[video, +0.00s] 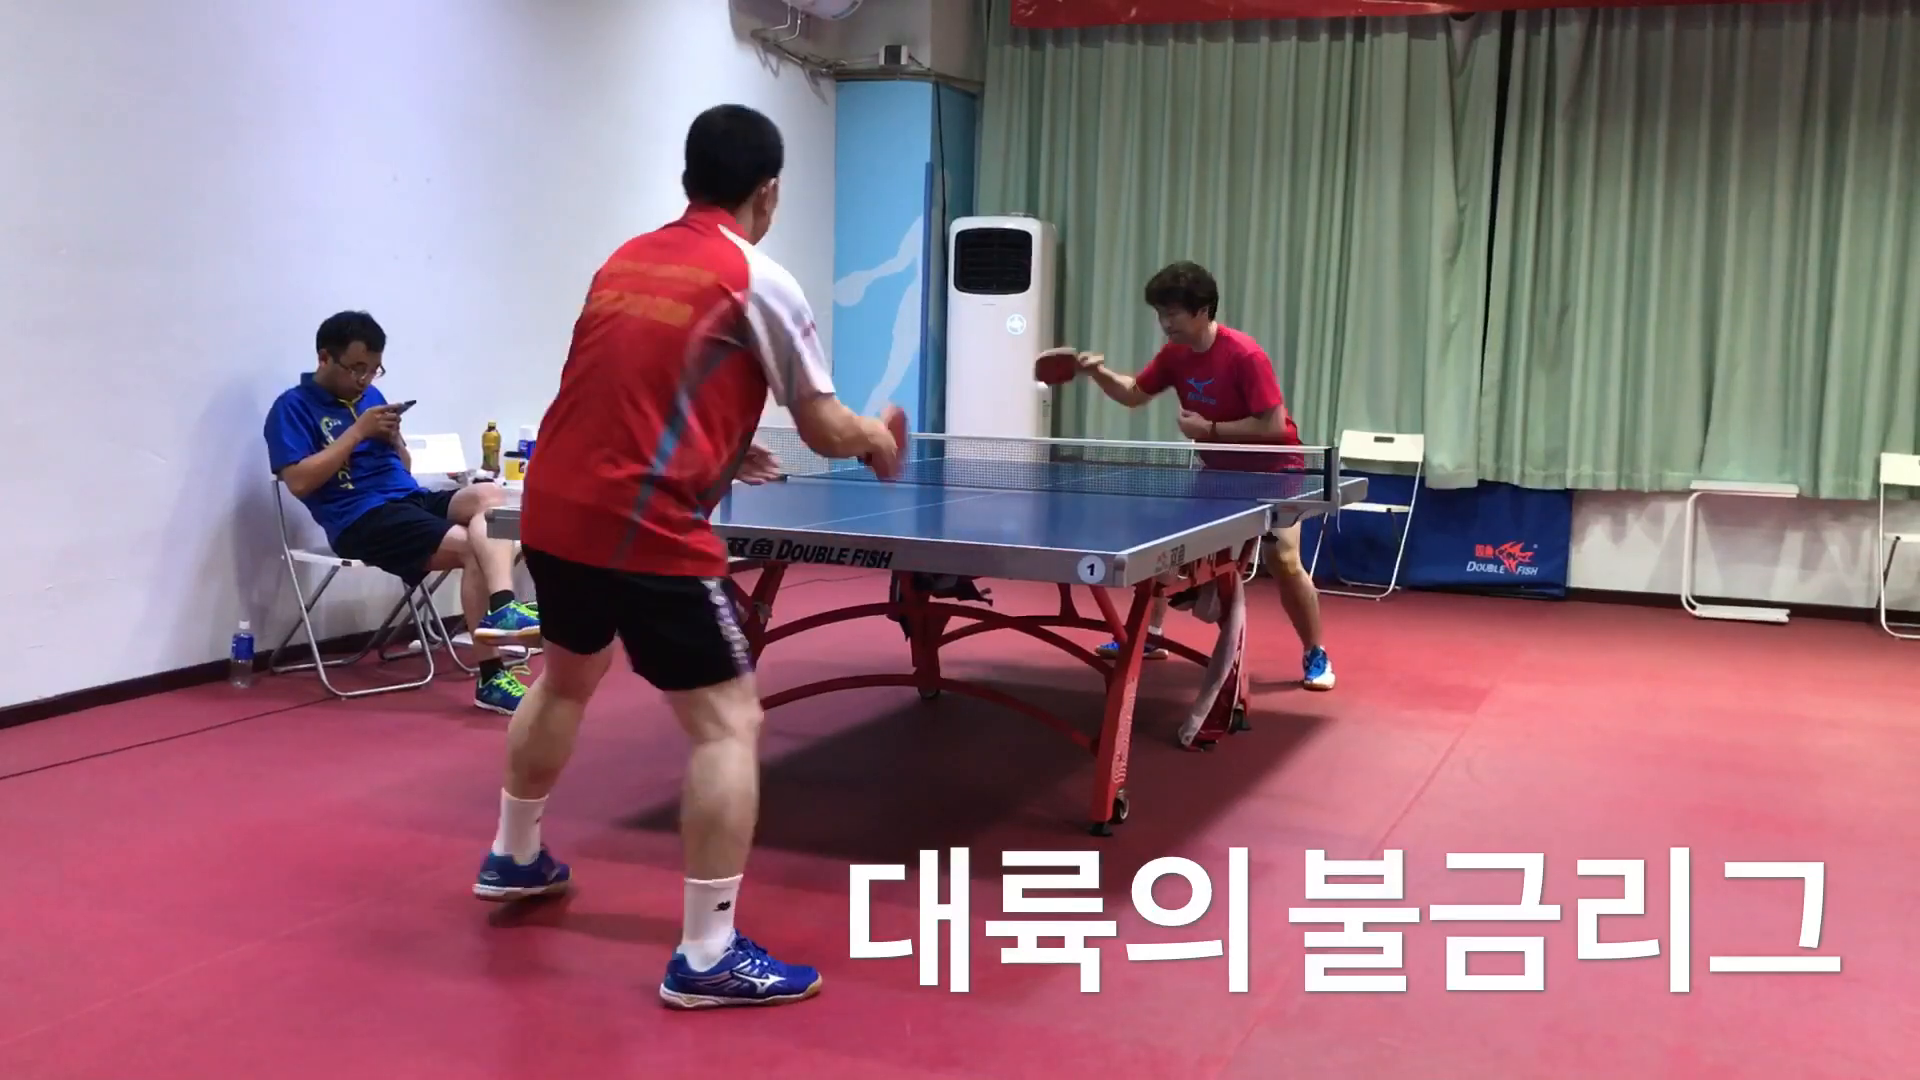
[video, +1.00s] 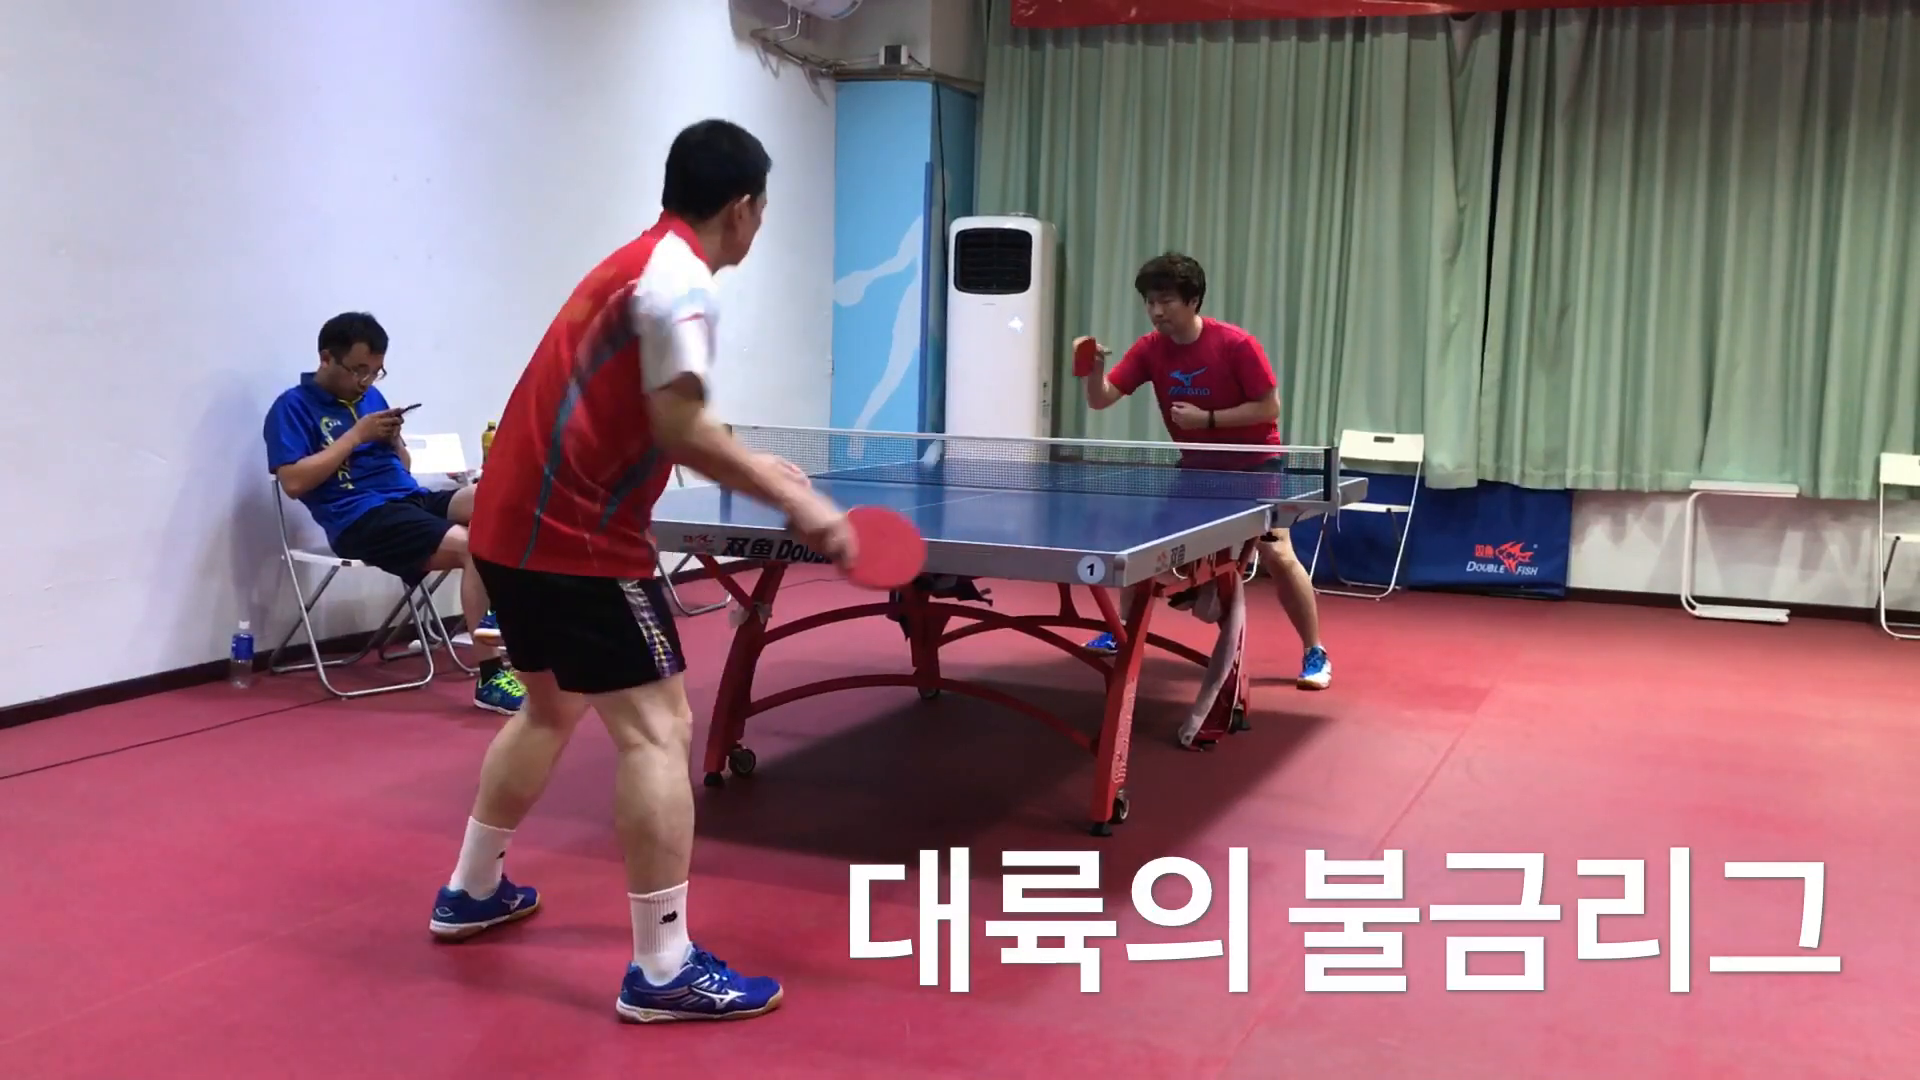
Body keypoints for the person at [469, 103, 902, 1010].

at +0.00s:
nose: (778, 199)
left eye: (772, 185)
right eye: (779, 186)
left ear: (690, 182)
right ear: (766, 191)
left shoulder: (625, 259)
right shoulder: (761, 284)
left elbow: (610, 397)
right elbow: (823, 428)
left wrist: (717, 449)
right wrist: (871, 436)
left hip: (555, 519)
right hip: (655, 538)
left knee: (564, 677)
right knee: (727, 723)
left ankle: (512, 857)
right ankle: (708, 952)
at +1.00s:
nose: (758, 224)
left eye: (759, 208)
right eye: (759, 207)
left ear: (680, 193)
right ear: (738, 206)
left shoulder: (639, 263)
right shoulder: (676, 278)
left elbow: (663, 420)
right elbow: (682, 430)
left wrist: (751, 464)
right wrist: (798, 504)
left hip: (512, 525)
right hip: (577, 536)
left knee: (550, 710)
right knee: (657, 729)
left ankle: (470, 889)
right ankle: (664, 966)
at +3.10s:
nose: (710, 189)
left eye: (707, 175)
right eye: (707, 176)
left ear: (616, 180)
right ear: (685, 184)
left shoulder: (549, 257)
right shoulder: (686, 274)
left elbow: (546, 391)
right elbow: (803, 380)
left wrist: (654, 441)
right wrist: (823, 305)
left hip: (491, 527)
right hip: (597, 541)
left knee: (496, 706)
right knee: (693, 723)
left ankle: (438, 890)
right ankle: (685, 958)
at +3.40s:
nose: (743, 194)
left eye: (739, 179)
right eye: (743, 180)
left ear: (654, 173)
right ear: (729, 183)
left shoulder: (585, 254)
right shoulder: (724, 276)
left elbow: (579, 399)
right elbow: (793, 426)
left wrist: (691, 457)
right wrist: (855, 422)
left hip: (528, 527)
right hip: (632, 542)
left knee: (532, 695)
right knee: (712, 732)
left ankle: (459, 872)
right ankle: (702, 965)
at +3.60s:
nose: (753, 219)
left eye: (756, 203)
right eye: (754, 202)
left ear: (678, 190)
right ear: (726, 200)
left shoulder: (647, 262)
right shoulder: (658, 270)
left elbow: (652, 417)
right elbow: (623, 419)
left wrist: (736, 472)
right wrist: (722, 505)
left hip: (527, 537)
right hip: (585, 544)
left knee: (548, 715)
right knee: (672, 731)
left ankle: (451, 894)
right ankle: (699, 965)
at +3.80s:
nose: (694, 205)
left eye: (697, 188)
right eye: (692, 186)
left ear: (628, 173)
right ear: (655, 176)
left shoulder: (569, 240)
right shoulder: (593, 241)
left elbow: (579, 407)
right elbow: (600, 381)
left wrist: (674, 462)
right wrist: (759, 398)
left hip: (509, 531)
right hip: (568, 538)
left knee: (536, 711)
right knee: (651, 724)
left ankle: (449, 895)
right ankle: (690, 959)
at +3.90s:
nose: (666, 187)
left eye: (668, 169)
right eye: (666, 168)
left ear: (580, 157)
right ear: (635, 162)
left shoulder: (517, 238)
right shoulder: (619, 234)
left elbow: (537, 388)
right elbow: (717, 356)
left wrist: (648, 437)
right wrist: (781, 298)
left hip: (484, 524)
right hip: (576, 526)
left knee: (511, 707)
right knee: (654, 719)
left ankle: (446, 894)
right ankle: (659, 958)